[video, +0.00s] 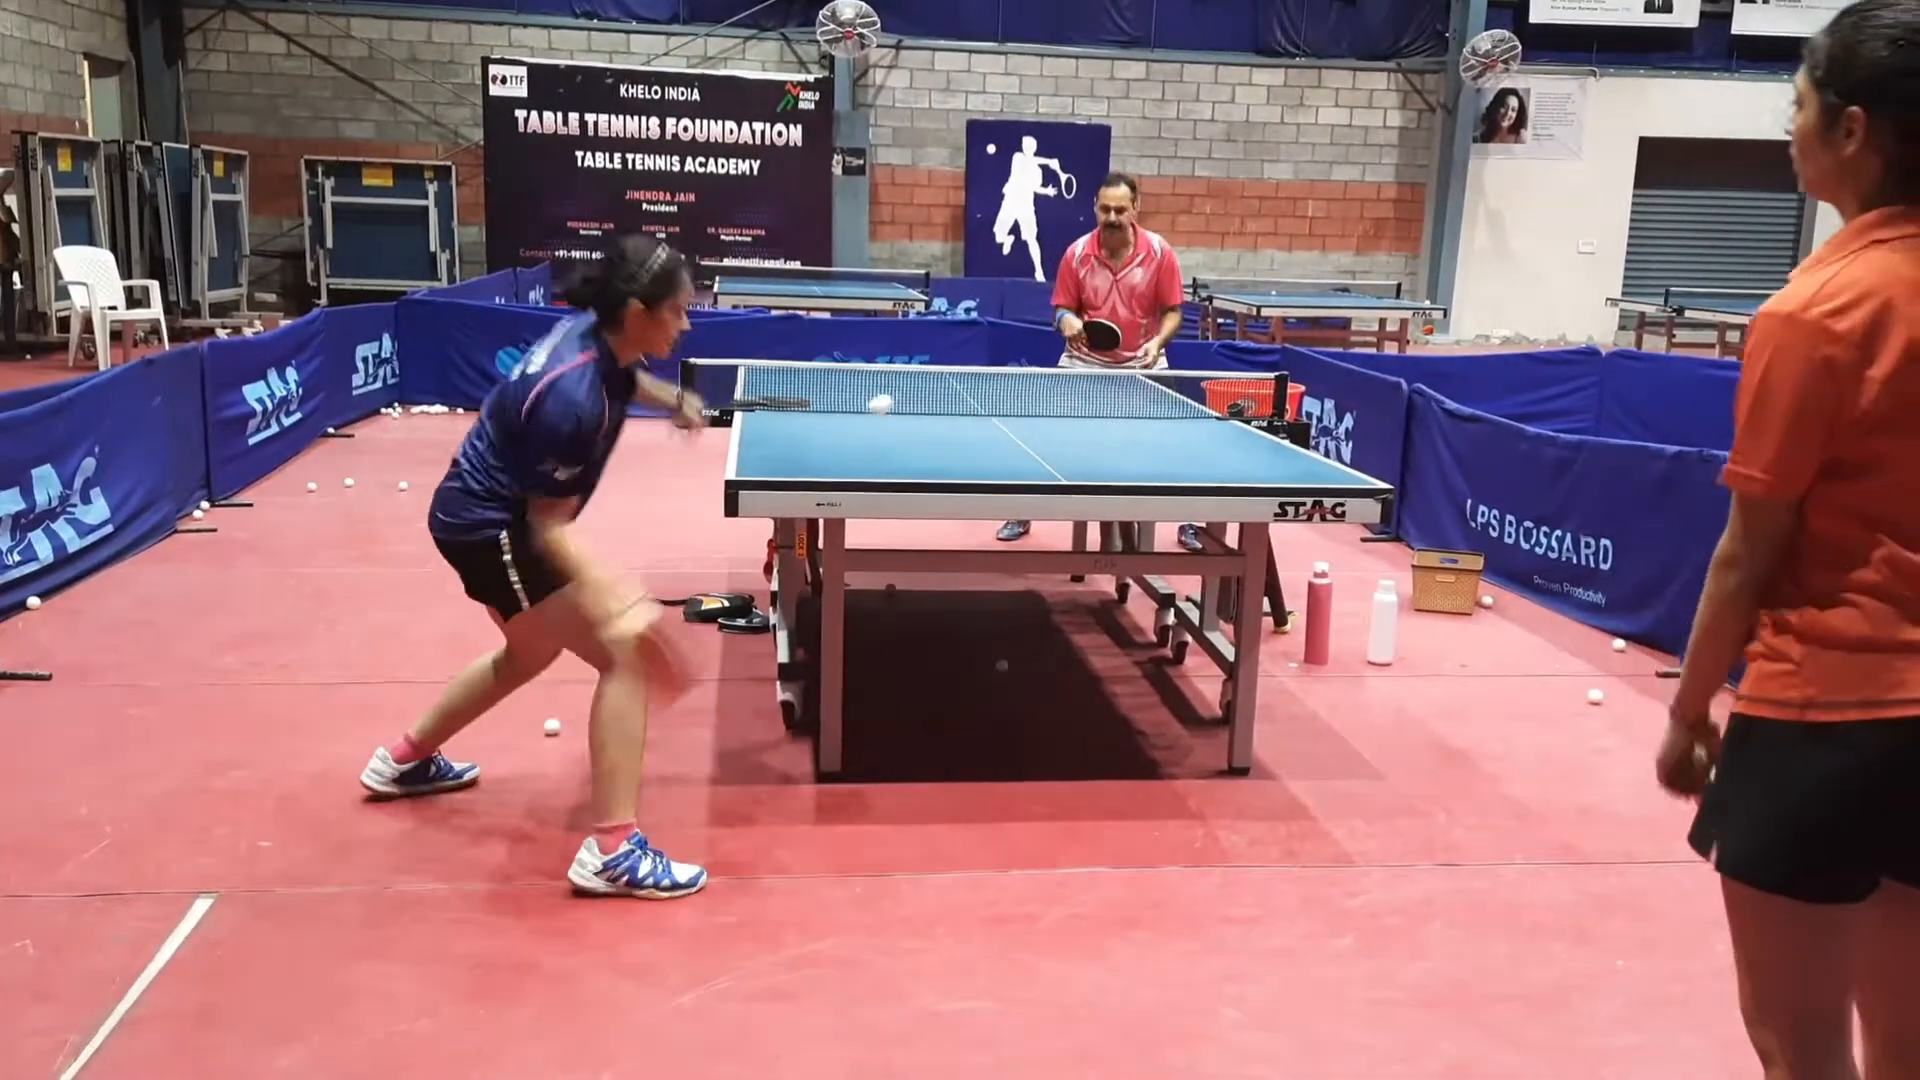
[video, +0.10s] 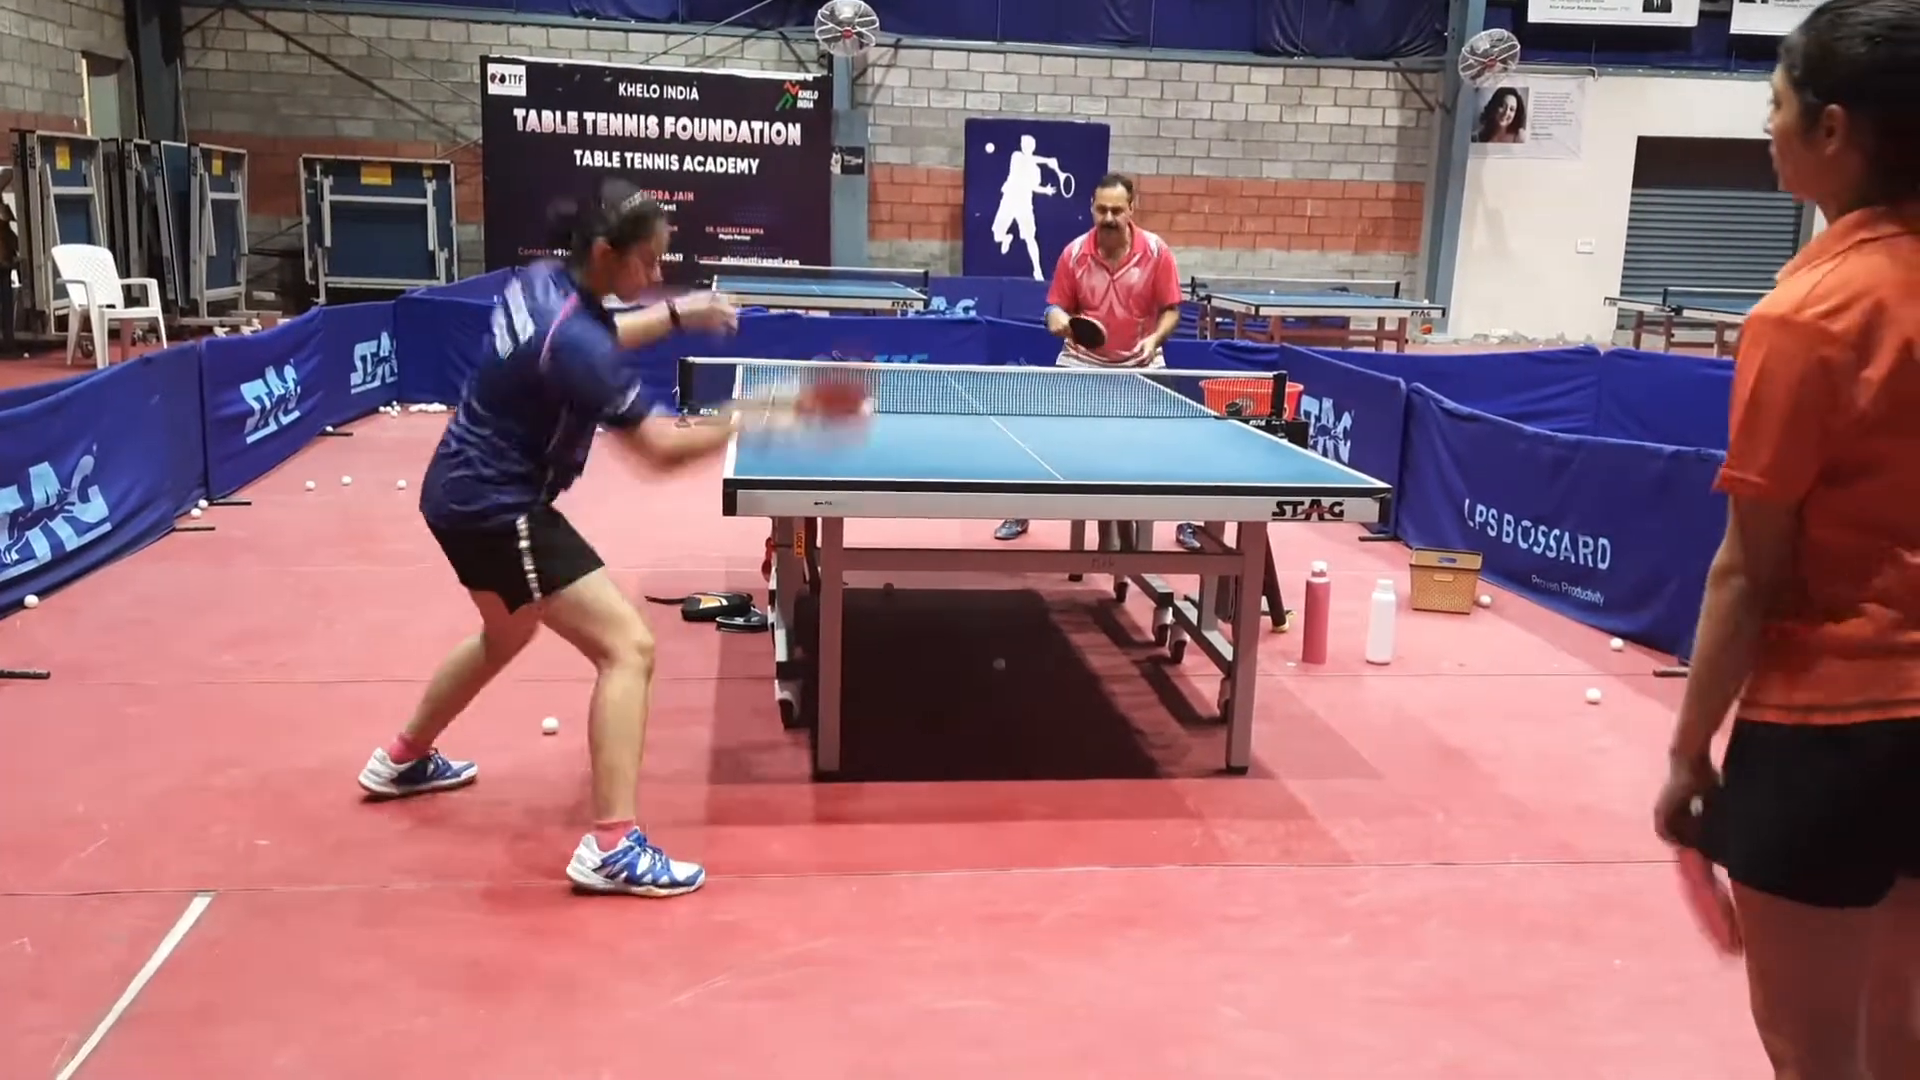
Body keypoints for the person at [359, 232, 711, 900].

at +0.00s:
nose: (685, 326)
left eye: (686, 311)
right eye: (679, 313)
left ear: (630, 310)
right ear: (635, 314)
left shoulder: (592, 328)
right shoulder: (574, 399)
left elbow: (616, 375)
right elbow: (550, 526)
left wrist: (675, 399)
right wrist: (615, 605)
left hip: (481, 512)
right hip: (490, 526)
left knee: (529, 651)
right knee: (627, 654)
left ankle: (404, 757)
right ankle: (614, 846)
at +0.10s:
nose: (656, 273)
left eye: (659, 258)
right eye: (650, 259)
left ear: (600, 249)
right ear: (606, 252)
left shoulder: (542, 279)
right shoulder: (576, 337)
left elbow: (596, 337)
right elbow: (661, 448)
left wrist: (681, 315)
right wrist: (750, 417)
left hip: (457, 494)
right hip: (499, 507)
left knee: (507, 632)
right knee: (628, 649)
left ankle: (403, 759)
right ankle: (613, 842)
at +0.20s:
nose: (647, 219)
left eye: (652, 208)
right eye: (641, 208)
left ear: (580, 202)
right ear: (598, 201)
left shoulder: (518, 235)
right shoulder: (601, 269)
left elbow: (577, 281)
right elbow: (729, 287)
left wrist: (639, 248)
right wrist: (729, 190)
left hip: (446, 470)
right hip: (514, 481)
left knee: (471, 613)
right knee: (617, 636)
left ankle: (406, 753)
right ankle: (618, 833)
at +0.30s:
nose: (633, 188)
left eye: (635, 175)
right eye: (626, 176)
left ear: (556, 172)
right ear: (598, 177)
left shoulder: (496, 220)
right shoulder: (605, 242)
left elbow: (565, 240)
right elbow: (710, 235)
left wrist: (616, 203)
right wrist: (663, 162)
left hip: (443, 456)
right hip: (530, 465)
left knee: (453, 607)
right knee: (624, 632)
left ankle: (407, 755)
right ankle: (633, 820)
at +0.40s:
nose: (606, 207)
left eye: (605, 194)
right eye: (603, 196)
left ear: (526, 192)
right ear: (582, 202)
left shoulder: (472, 250)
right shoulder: (596, 269)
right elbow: (685, 307)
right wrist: (658, 211)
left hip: (445, 483)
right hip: (541, 489)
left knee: (445, 624)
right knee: (638, 650)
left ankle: (395, 781)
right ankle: (662, 834)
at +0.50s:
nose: (589, 253)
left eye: (586, 241)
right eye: (586, 243)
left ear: (508, 243)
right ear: (571, 252)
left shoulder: (459, 301)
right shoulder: (587, 322)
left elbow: (462, 378)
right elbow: (678, 382)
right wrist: (674, 285)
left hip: (451, 528)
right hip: (550, 535)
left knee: (444, 628)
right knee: (654, 679)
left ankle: (392, 781)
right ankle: (664, 857)